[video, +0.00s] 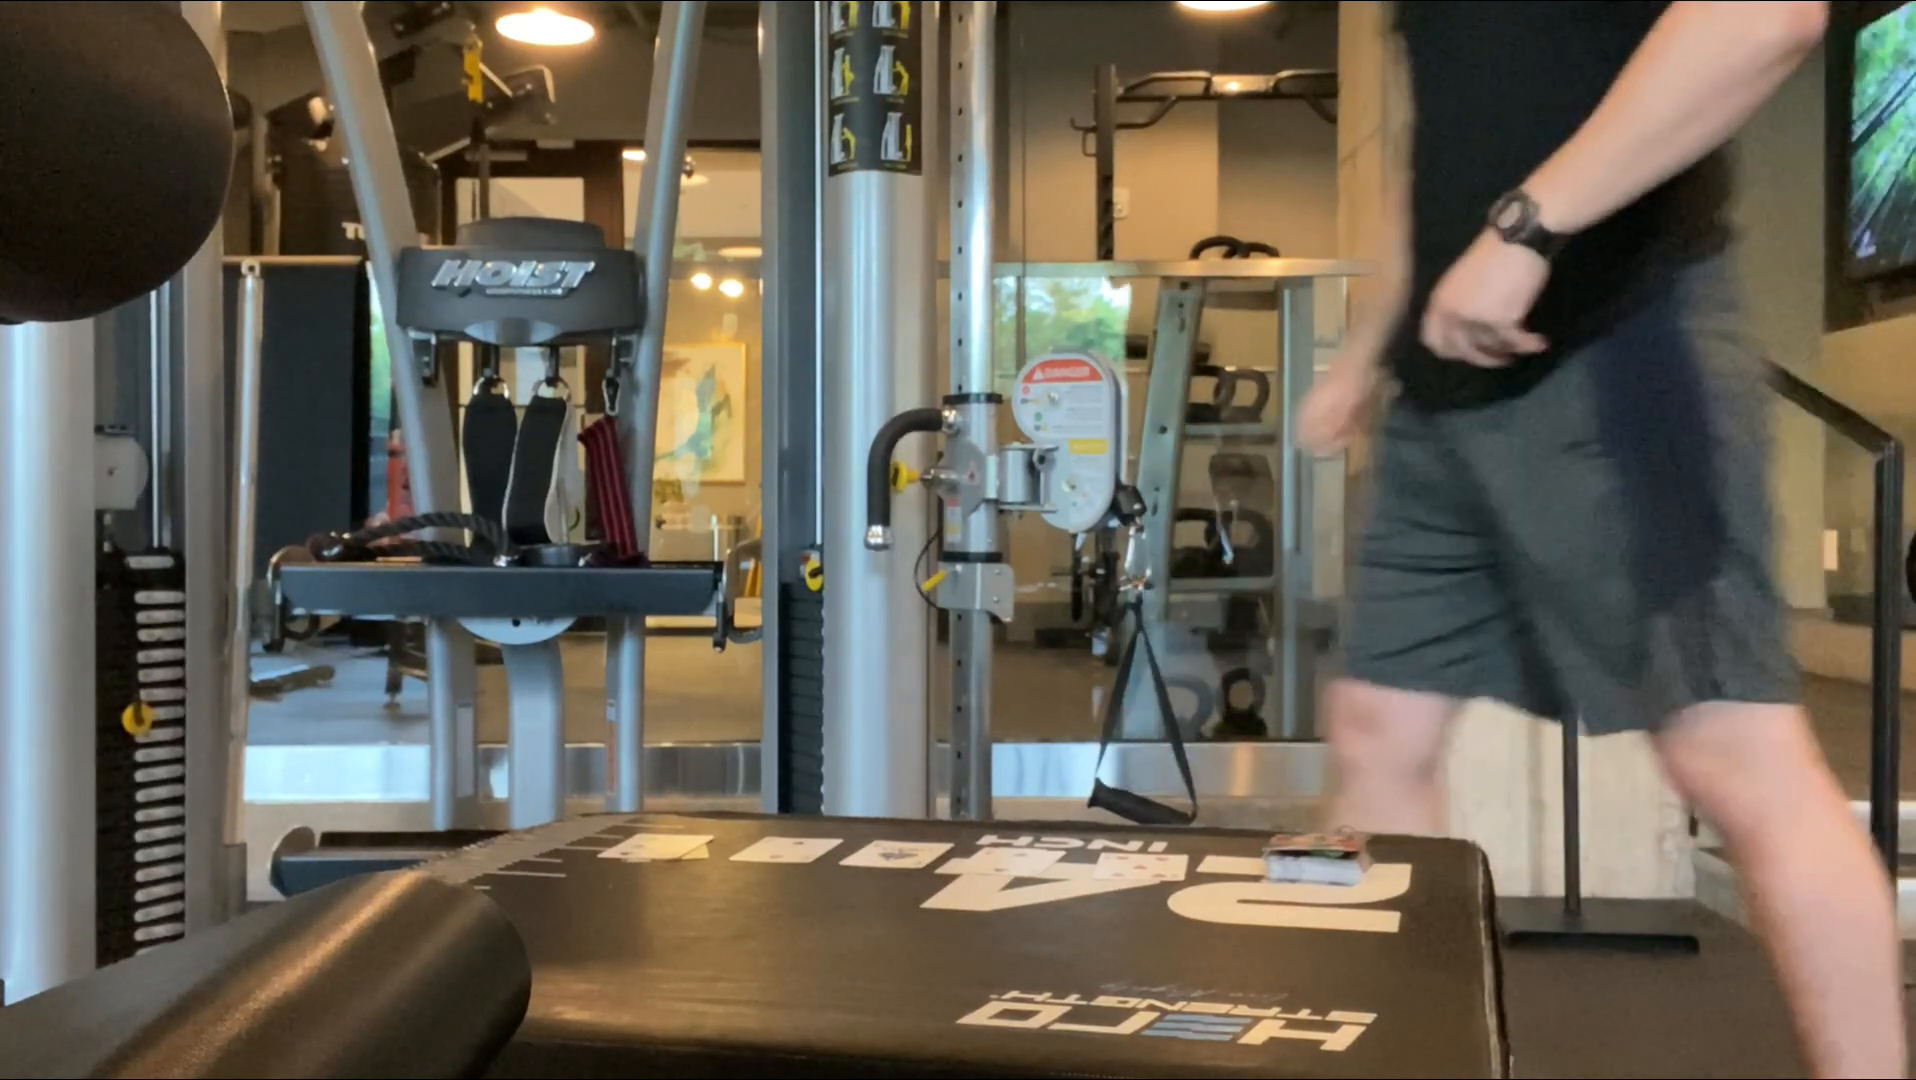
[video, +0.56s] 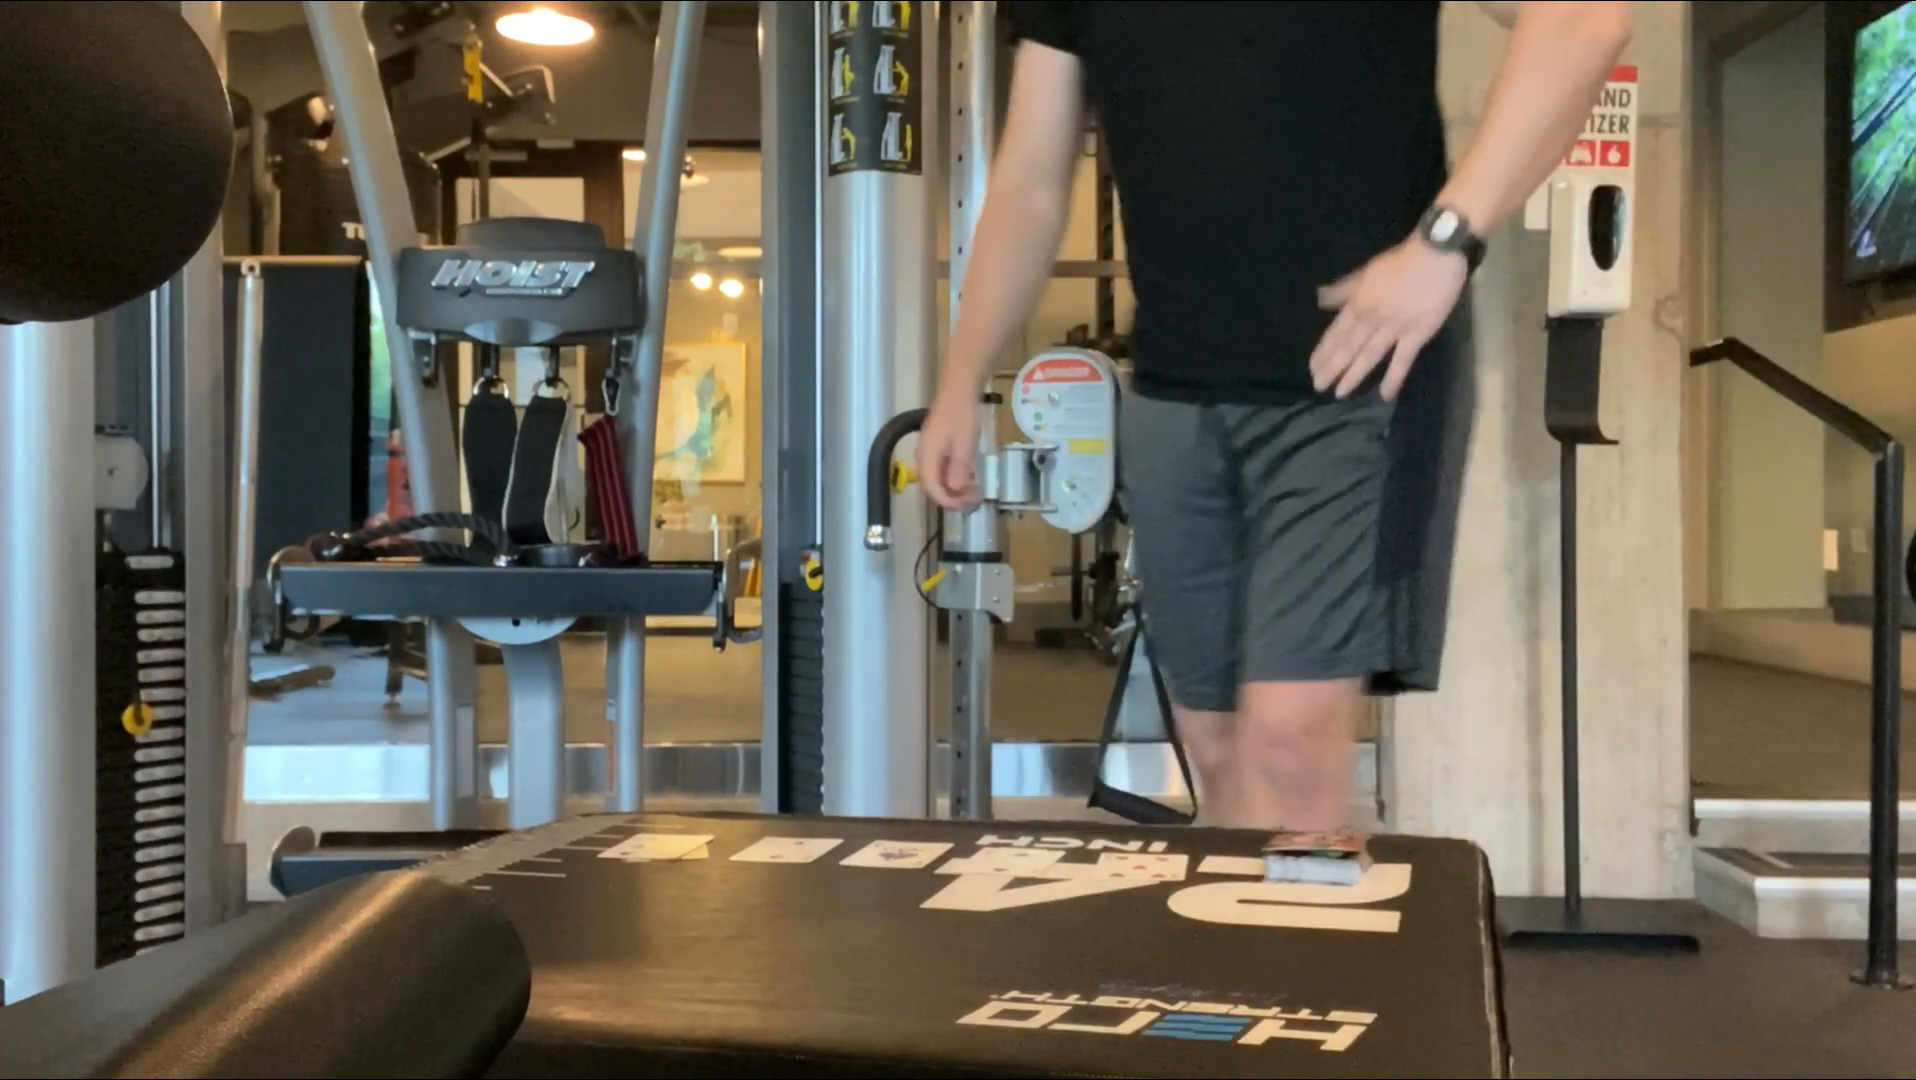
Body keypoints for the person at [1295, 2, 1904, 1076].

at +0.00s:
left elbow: (1769, 15)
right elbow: (1442, 115)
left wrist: (1527, 224)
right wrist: (1369, 339)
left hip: (1625, 332)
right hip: (1449, 357)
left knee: (1744, 760)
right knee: (1377, 733)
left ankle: (1865, 1068)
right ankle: (1393, 1070)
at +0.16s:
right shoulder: (1278, 15)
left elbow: (1689, 16)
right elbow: (1262, 173)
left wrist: (1493, 222)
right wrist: (1217, 376)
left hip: (1494, 340)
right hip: (1329, 367)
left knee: (1556, 734)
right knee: (1304, 725)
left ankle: (1785, 1060)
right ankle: (1324, 1052)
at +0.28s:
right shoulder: (1199, 12)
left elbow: (1661, 11)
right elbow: (1190, 174)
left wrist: (1474, 211)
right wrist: (1148, 382)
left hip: (1464, 312)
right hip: (1296, 334)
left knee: (1463, 723)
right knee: (1291, 731)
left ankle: (1707, 1052)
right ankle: (1327, 1054)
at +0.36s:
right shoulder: (1147, 11)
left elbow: (1636, 7)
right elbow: (1128, 186)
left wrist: (1465, 204)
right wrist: (1080, 379)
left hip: (1426, 315)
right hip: (1256, 347)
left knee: (1397, 706)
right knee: (1280, 732)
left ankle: (1582, 1038)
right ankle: (1333, 1042)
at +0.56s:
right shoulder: (1066, 14)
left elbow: (1586, 16)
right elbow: (1029, 174)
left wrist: (1448, 239)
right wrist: (962, 379)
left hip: (1350, 372)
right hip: (1173, 379)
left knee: (1293, 742)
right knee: (1217, 746)